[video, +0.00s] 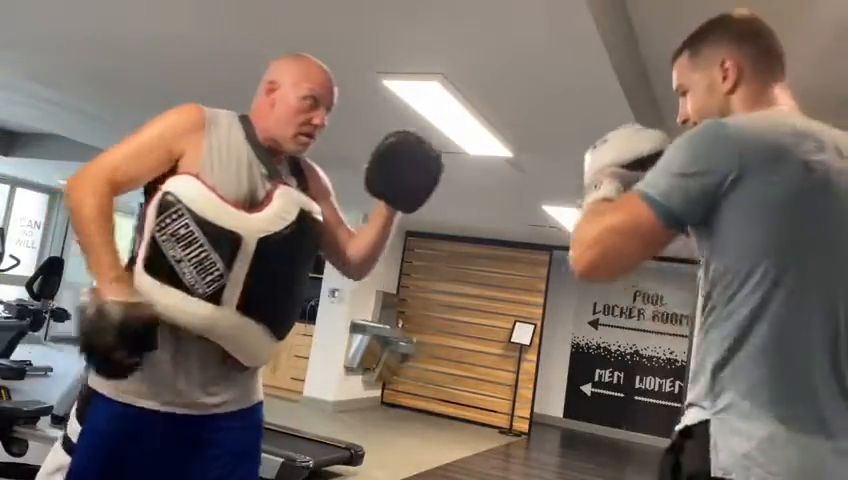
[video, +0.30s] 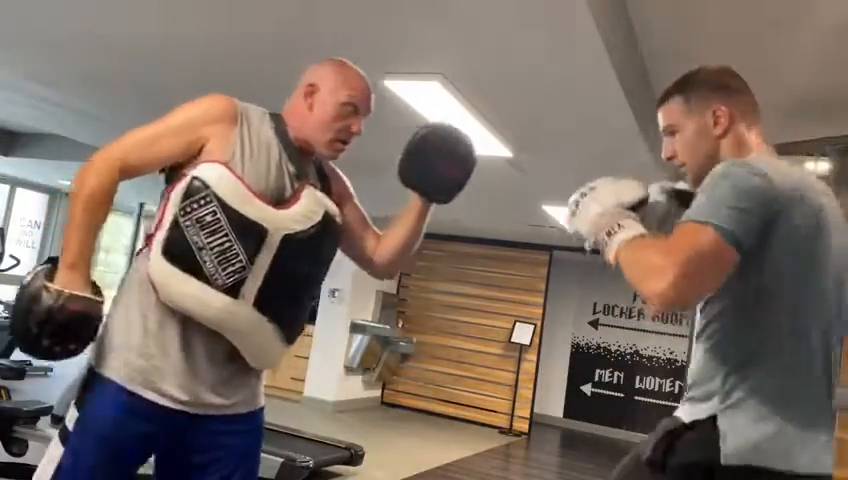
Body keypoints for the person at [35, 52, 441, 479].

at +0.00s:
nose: (321, 119)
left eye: (327, 110)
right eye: (312, 101)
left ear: (327, 118)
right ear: (269, 91)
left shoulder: (309, 180)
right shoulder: (194, 127)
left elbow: (354, 262)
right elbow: (87, 186)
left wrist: (392, 198)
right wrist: (113, 286)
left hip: (232, 410)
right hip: (137, 400)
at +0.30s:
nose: (358, 129)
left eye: (364, 118)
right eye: (351, 110)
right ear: (305, 96)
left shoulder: (330, 186)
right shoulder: (223, 119)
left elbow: (384, 259)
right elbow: (104, 167)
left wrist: (426, 192)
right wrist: (72, 276)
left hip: (230, 403)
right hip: (134, 380)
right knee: (78, 477)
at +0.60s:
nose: (315, 117)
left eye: (320, 105)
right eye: (308, 97)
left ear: (268, 86)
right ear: (264, 80)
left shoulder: (278, 171)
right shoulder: (172, 113)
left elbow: (338, 242)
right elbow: (51, 178)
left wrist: (384, 169)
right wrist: (74, 297)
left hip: (212, 420)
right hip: (117, 414)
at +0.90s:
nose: (263, 88)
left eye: (266, 74)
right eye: (258, 69)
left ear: (217, 55)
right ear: (216, 53)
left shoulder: (210, 141)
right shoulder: (118, 90)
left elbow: (260, 208)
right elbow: (13, 169)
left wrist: (318, 146)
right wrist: (56, 325)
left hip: (164, 401)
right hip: (84, 407)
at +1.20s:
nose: (288, 116)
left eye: (292, 102)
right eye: (287, 98)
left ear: (249, 80)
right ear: (253, 78)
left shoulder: (229, 166)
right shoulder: (164, 103)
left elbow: (252, 227)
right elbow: (60, 181)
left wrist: (309, 182)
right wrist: (91, 333)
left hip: (159, 401)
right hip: (81, 393)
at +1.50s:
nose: (325, 137)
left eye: (329, 126)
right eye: (324, 121)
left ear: (295, 105)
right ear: (298, 103)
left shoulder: (275, 183)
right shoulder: (230, 111)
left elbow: (291, 241)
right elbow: (140, 161)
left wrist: (343, 198)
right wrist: (166, 299)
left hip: (196, 392)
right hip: (137, 378)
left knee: (187, 473)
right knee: (104, 474)